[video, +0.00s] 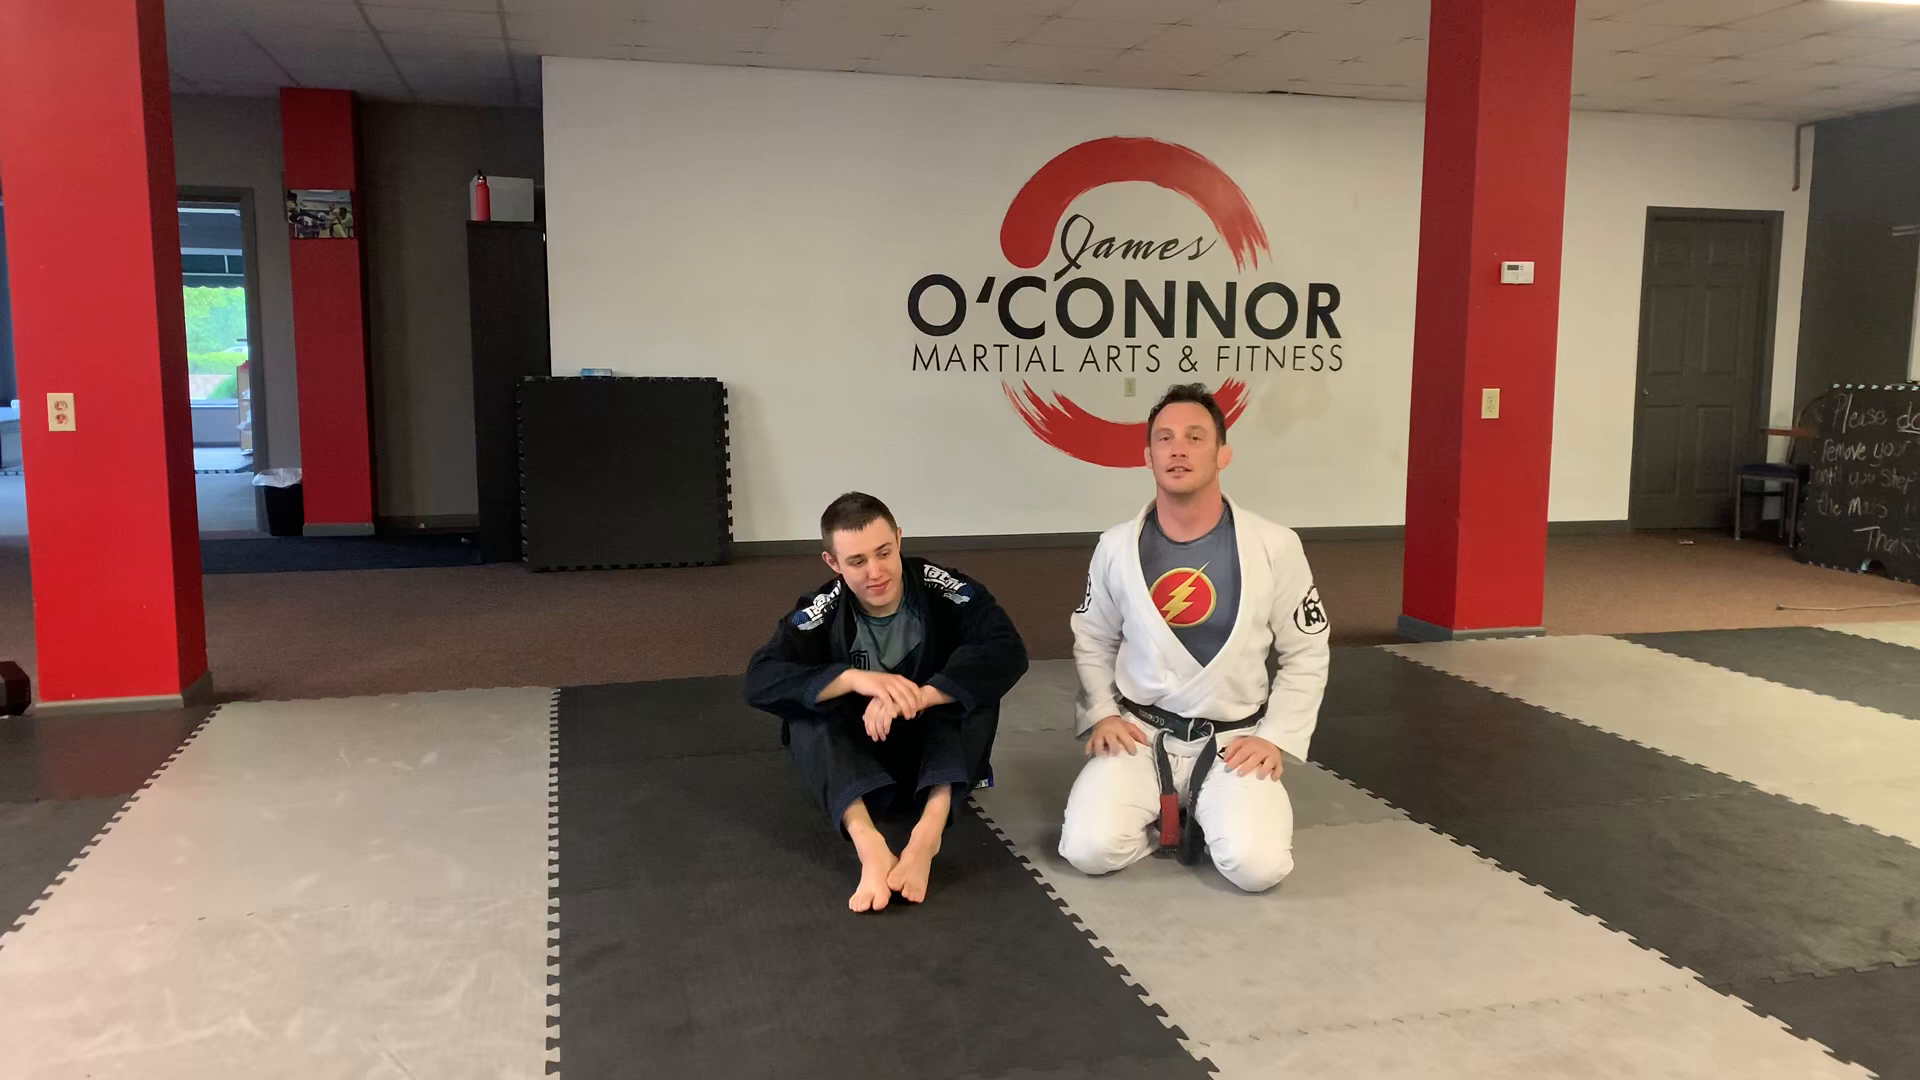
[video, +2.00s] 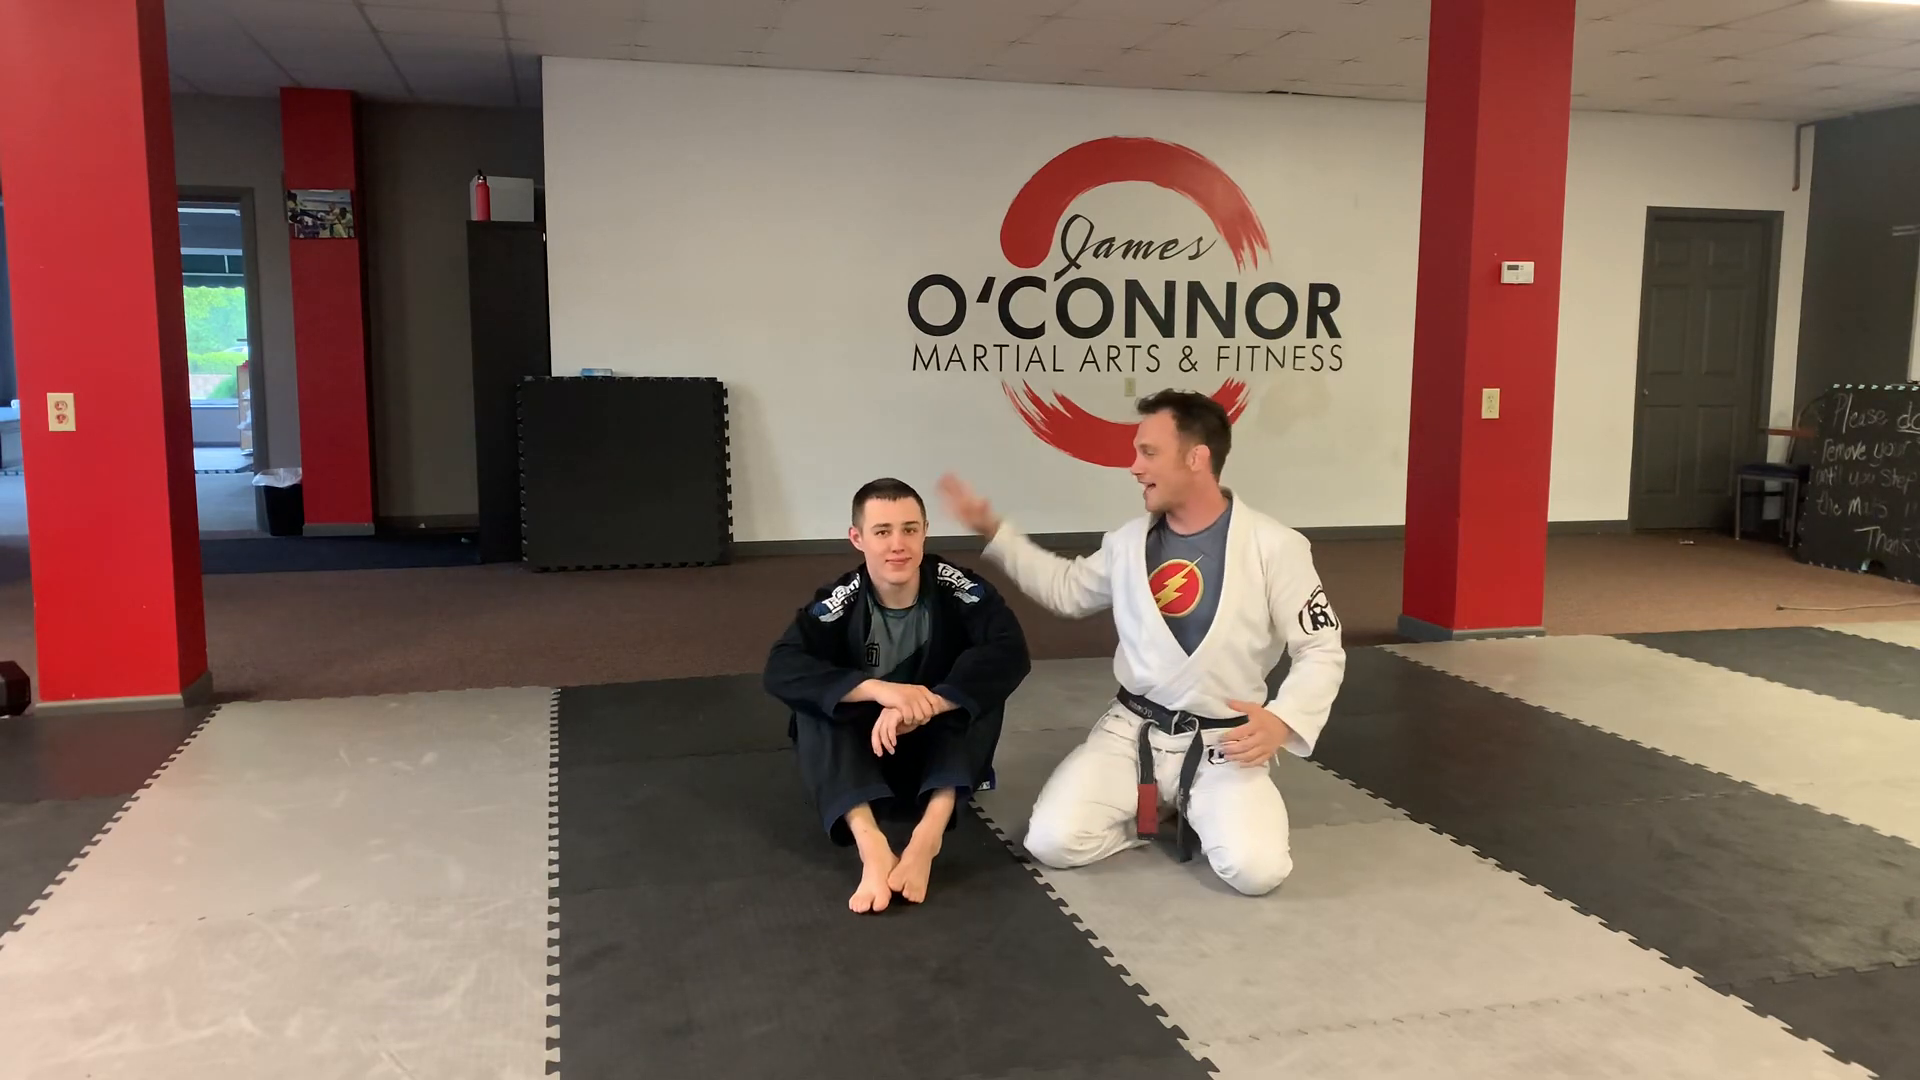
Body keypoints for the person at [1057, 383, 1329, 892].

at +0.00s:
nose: (1178, 449)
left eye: (1194, 436)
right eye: (1165, 438)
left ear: (1223, 456)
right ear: (1147, 458)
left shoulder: (1274, 547)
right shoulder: (1116, 548)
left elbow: (1307, 650)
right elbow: (1093, 634)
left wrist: (1274, 736)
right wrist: (1100, 711)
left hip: (1237, 737)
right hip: (1139, 729)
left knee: (1259, 868)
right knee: (1088, 850)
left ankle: (1212, 810)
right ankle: (1170, 817)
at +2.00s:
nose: (1135, 468)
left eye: (1149, 453)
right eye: (1136, 454)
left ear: (1197, 459)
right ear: (1189, 460)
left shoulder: (1274, 548)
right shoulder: (1129, 543)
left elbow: (1321, 651)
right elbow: (1067, 590)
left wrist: (1283, 723)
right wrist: (992, 530)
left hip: (1226, 744)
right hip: (1130, 730)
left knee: (1259, 871)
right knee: (1052, 842)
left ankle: (1203, 805)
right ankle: (1155, 803)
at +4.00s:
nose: (1127, 467)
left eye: (1144, 450)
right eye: (1115, 453)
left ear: (1176, 460)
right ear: (1102, 464)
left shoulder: (1239, 548)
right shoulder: (1089, 552)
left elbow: (1278, 661)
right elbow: (1050, 616)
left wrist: (1230, 749)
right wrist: (979, 568)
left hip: (1207, 739)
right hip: (1114, 732)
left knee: (1245, 871)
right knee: (1044, 841)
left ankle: (1186, 804)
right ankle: (1152, 810)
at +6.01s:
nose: (1194, 597)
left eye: (1214, 576)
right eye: (1181, 576)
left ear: (1258, 565)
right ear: (1167, 564)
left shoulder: (1323, 619)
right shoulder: (1148, 616)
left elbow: (1318, 763)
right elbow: (1132, 746)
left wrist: (1290, 897)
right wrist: (1098, 873)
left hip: (1277, 742)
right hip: (1188, 729)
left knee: (1253, 884)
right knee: (1103, 815)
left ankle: (1243, 791)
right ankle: (1201, 760)